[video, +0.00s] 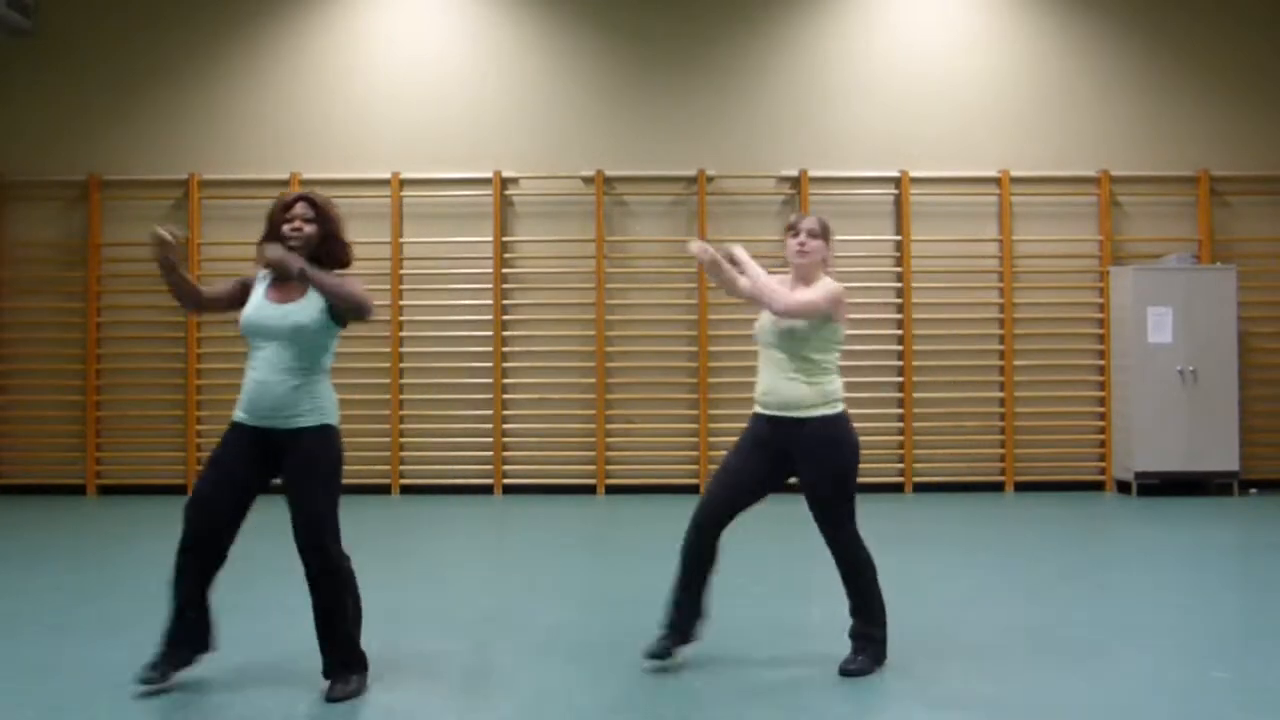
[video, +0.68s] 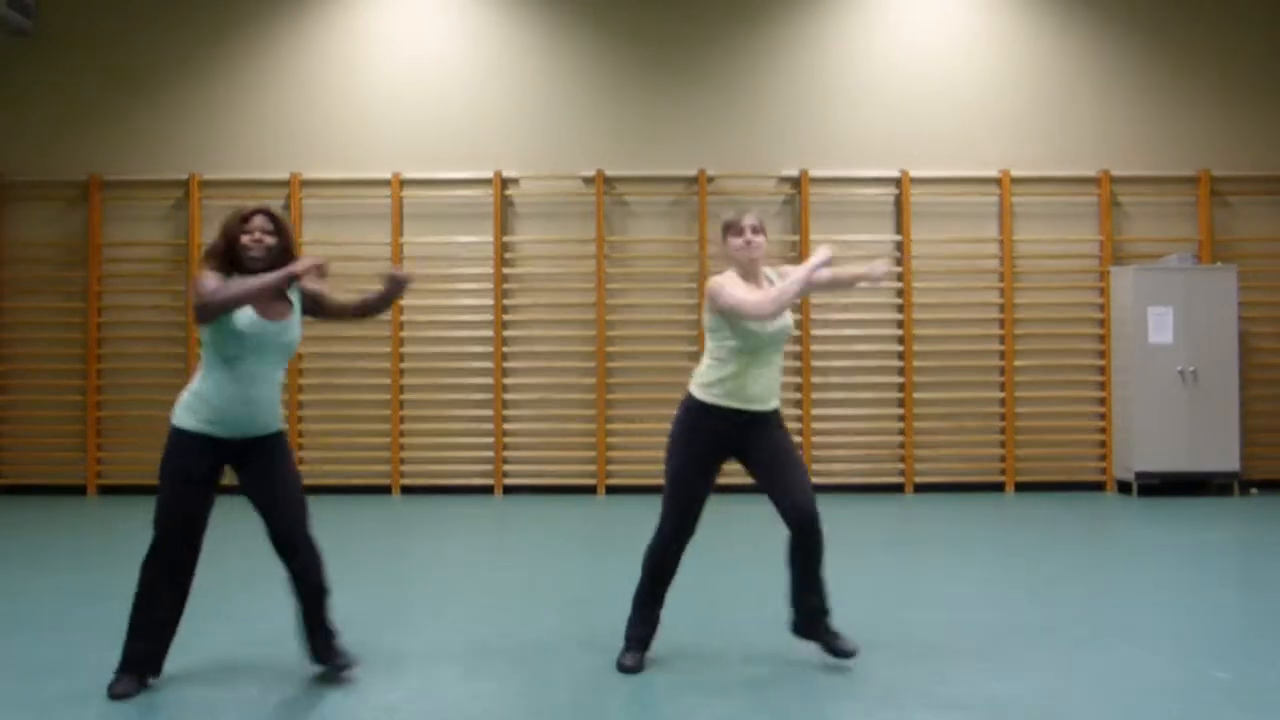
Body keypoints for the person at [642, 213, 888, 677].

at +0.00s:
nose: (803, 241)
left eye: (812, 236)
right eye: (796, 234)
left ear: (827, 248)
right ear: (785, 244)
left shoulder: (831, 292)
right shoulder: (771, 285)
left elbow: (783, 305)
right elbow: (736, 284)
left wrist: (744, 262)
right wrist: (711, 262)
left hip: (823, 433)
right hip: (767, 431)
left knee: (843, 539)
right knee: (706, 519)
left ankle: (870, 644)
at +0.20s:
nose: (756, 259)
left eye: (766, 253)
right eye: (750, 253)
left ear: (784, 263)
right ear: (739, 262)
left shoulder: (786, 314)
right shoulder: (726, 300)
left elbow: (743, 310)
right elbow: (680, 284)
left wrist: (698, 257)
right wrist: (639, 261)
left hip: (759, 445)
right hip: (702, 440)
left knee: (791, 548)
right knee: (664, 546)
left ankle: (857, 635)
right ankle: (639, 640)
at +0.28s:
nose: (742, 261)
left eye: (751, 255)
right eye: (735, 255)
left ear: (768, 263)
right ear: (726, 263)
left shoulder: (779, 313)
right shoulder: (709, 298)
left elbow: (751, 348)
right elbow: (659, 307)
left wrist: (697, 323)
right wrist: (608, 307)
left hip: (742, 443)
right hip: (686, 431)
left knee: (744, 557)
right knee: (656, 546)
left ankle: (806, 624)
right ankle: (639, 641)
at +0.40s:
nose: (722, 267)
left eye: (732, 260)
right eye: (715, 260)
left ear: (746, 269)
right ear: (704, 269)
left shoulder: (767, 320)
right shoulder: (686, 318)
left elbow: (773, 391)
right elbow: (636, 369)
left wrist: (723, 422)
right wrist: (652, 412)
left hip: (728, 451)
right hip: (671, 440)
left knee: (712, 558)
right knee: (652, 546)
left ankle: (674, 627)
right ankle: (637, 639)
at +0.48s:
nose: (720, 264)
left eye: (729, 257)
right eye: (712, 257)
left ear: (742, 267)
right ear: (699, 267)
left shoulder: (765, 316)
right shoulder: (682, 319)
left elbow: (799, 369)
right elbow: (662, 391)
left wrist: (770, 400)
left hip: (729, 449)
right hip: (672, 440)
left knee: (729, 547)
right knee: (653, 546)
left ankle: (699, 616)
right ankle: (636, 640)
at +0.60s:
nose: (734, 244)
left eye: (743, 237)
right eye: (724, 238)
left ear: (755, 248)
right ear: (711, 250)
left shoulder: (774, 287)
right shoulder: (702, 297)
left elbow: (821, 298)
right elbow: (728, 347)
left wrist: (825, 312)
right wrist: (777, 305)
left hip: (745, 428)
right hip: (687, 424)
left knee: (783, 518)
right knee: (662, 532)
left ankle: (767, 614)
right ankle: (635, 641)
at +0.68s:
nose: (748, 239)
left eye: (756, 232)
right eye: (737, 233)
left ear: (767, 241)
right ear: (725, 244)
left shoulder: (784, 280)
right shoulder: (719, 286)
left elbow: (825, 280)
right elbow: (763, 308)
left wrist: (867, 274)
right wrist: (810, 267)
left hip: (761, 423)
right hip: (705, 420)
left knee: (805, 517)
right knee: (674, 530)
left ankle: (811, 622)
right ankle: (636, 640)